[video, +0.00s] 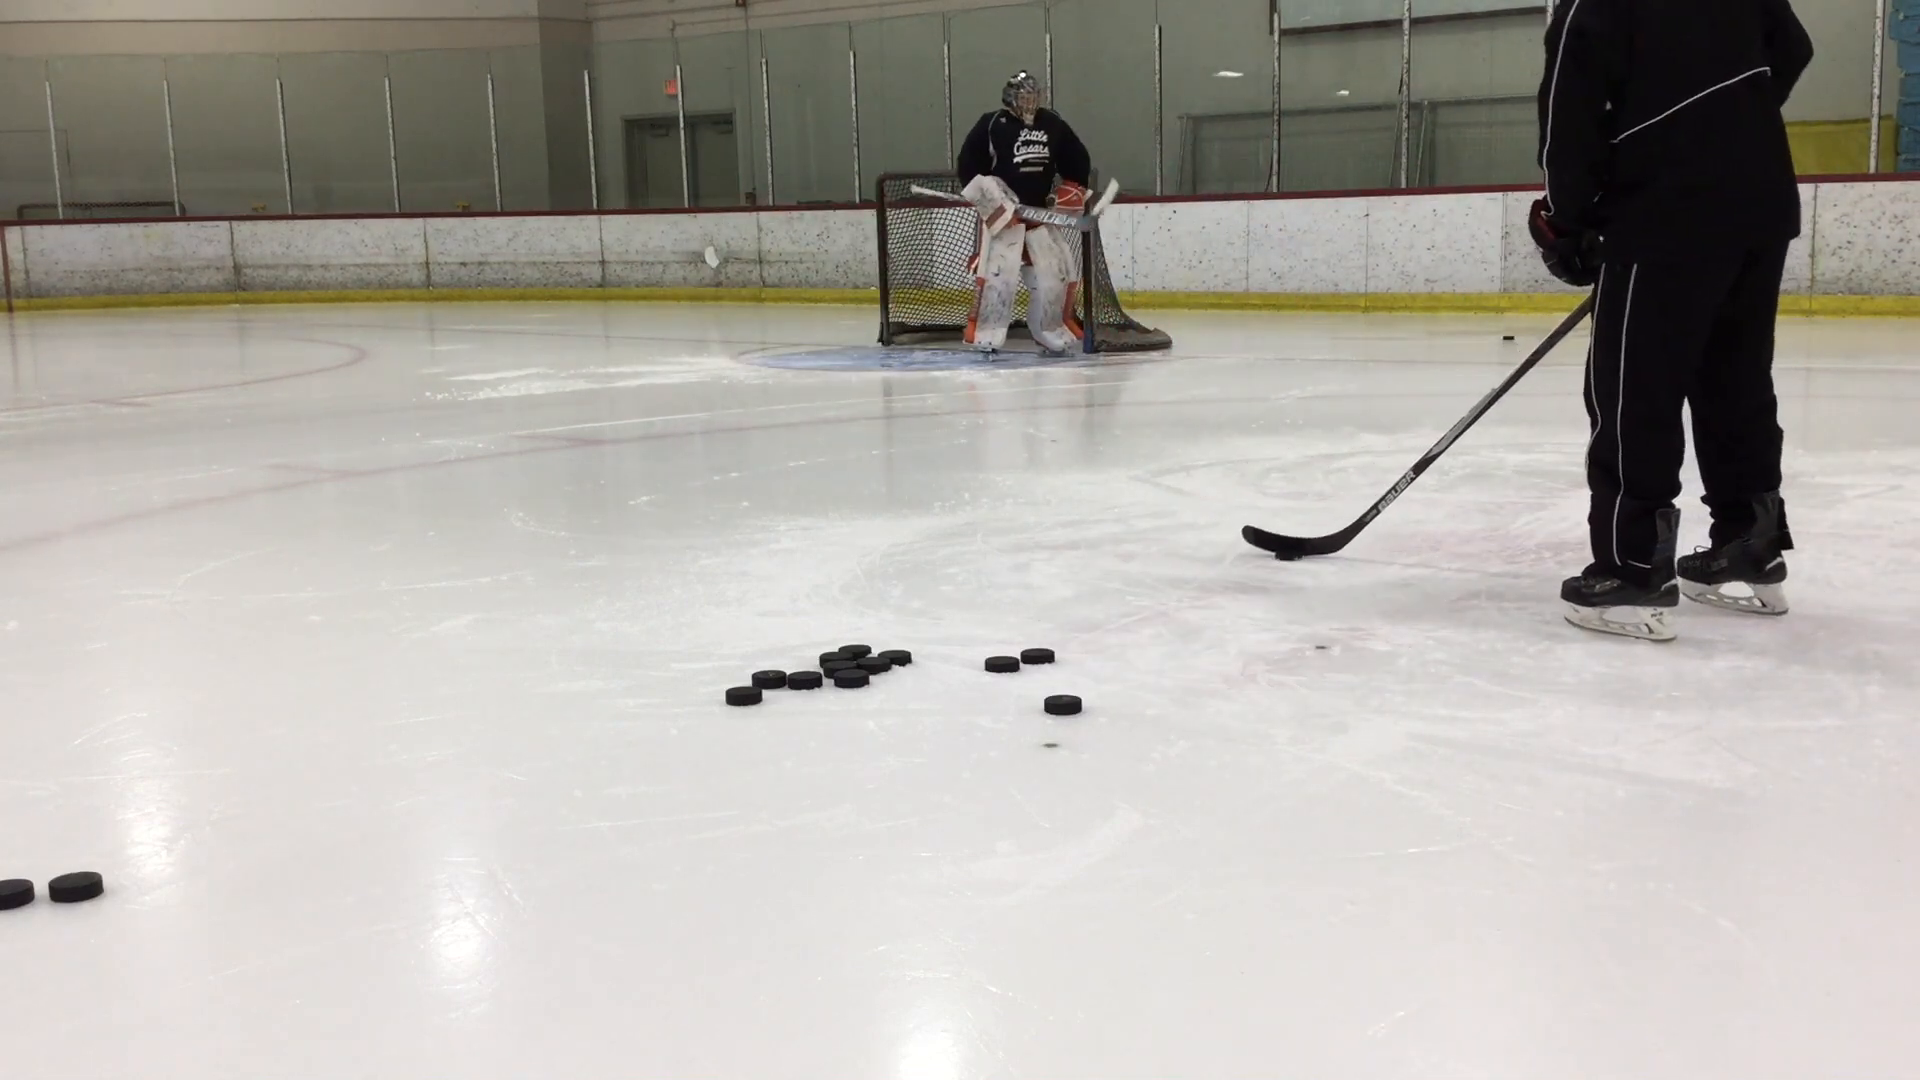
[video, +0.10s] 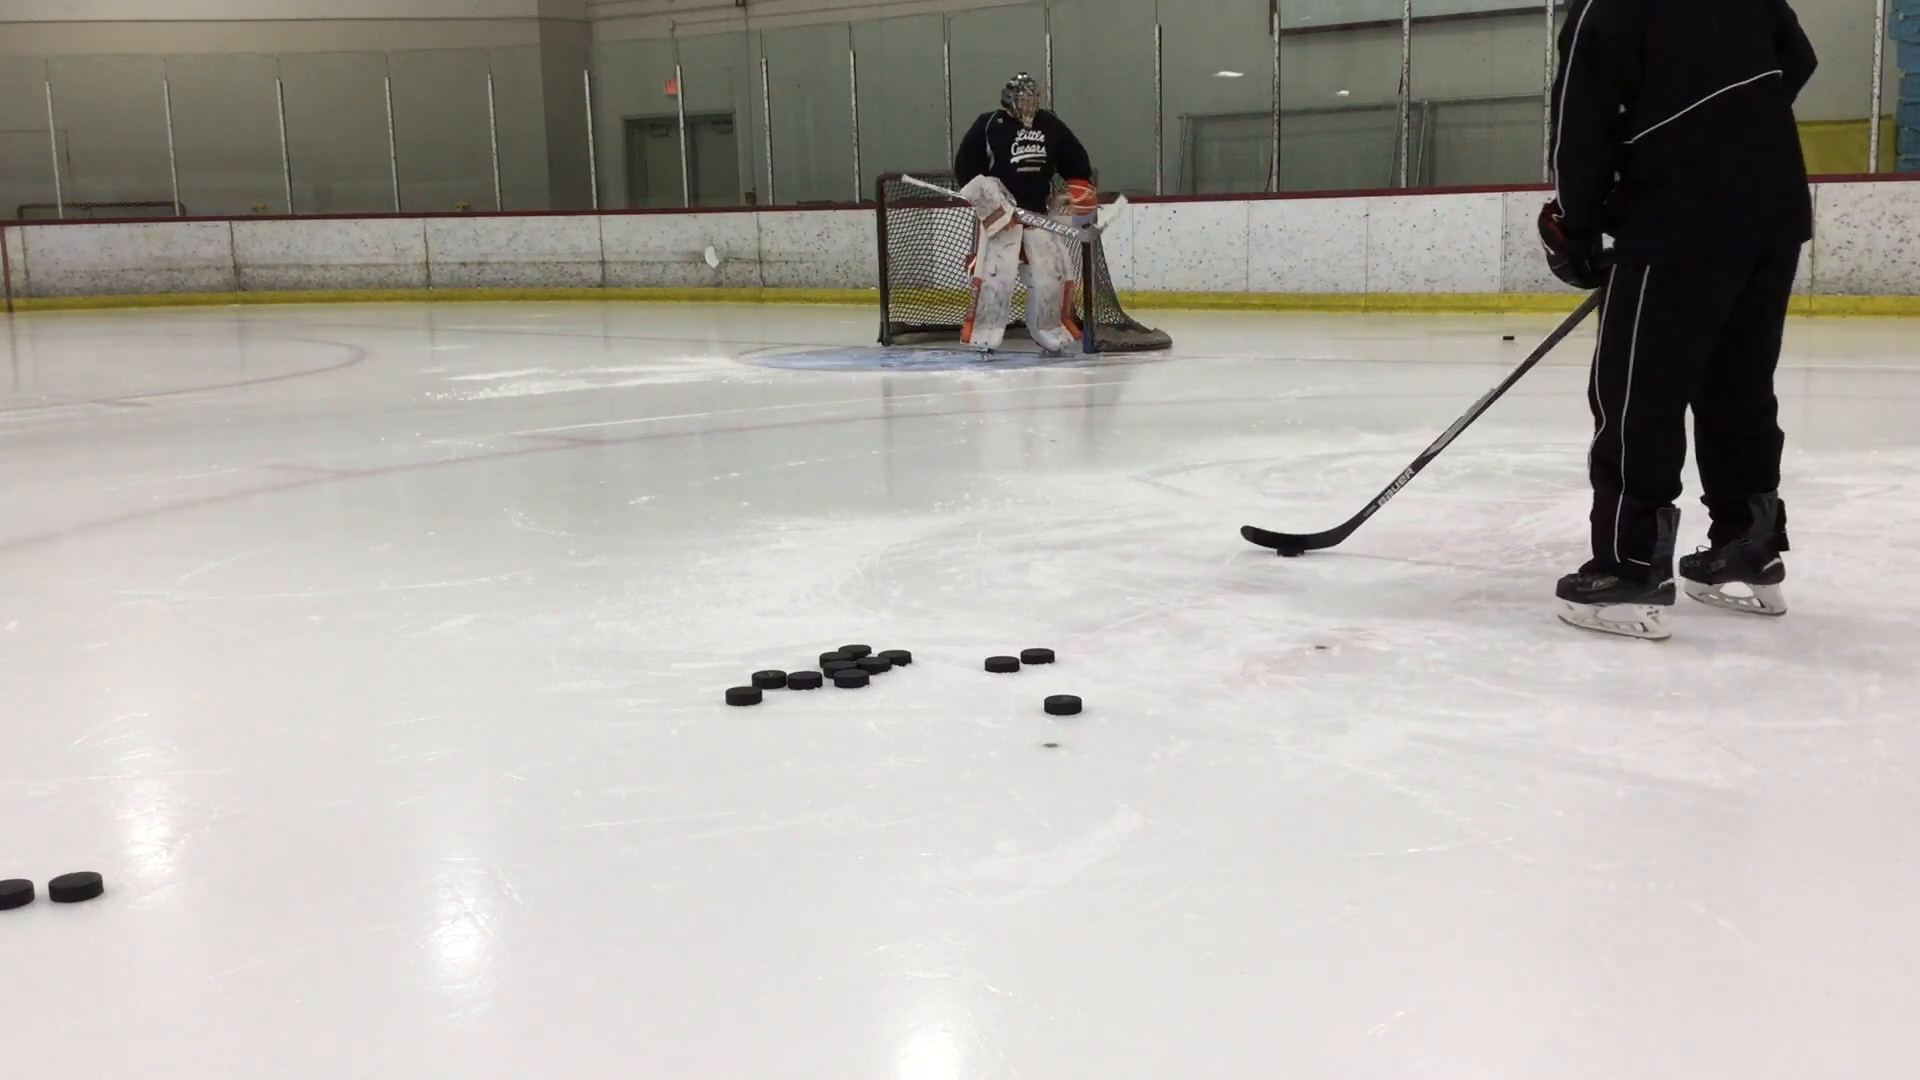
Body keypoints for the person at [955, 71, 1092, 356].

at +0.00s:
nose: (1029, 100)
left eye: (1033, 94)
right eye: (1023, 95)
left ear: (1039, 96)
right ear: (1010, 97)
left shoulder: (1052, 124)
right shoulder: (991, 125)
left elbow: (1078, 160)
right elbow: (968, 164)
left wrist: (1069, 197)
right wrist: (990, 201)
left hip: (1044, 215)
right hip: (1002, 215)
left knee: (1054, 276)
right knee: (999, 277)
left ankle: (1052, 337)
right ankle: (987, 340)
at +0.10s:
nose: (1029, 102)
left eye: (1033, 96)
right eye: (1023, 97)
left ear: (1039, 98)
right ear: (1009, 98)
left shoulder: (1050, 126)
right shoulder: (989, 125)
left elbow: (1076, 160)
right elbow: (966, 163)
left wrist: (1078, 196)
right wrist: (986, 200)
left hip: (1042, 213)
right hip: (999, 213)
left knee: (1050, 276)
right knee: (995, 276)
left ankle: (1051, 337)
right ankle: (984, 340)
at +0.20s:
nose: (1030, 105)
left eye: (1034, 99)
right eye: (1024, 99)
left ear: (1039, 101)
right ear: (1010, 100)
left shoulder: (1047, 127)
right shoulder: (988, 125)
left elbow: (1067, 166)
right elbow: (965, 166)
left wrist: (1080, 197)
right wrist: (989, 206)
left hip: (1038, 217)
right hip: (997, 216)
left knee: (1049, 277)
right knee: (992, 278)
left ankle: (1053, 338)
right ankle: (981, 341)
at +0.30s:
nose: (1033, 108)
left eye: (1037, 102)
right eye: (1027, 102)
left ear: (1041, 103)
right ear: (1013, 102)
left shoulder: (1048, 128)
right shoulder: (989, 125)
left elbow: (1057, 169)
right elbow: (966, 167)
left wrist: (1068, 202)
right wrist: (990, 205)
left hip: (1039, 216)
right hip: (998, 215)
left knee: (1049, 276)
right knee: (993, 278)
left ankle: (1053, 338)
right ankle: (983, 341)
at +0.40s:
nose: (1042, 109)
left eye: (1044, 103)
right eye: (1036, 104)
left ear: (1046, 104)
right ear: (1020, 103)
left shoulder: (1051, 131)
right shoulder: (994, 124)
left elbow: (1055, 170)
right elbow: (970, 166)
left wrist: (1060, 207)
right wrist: (995, 206)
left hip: (1039, 215)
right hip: (999, 215)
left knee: (1051, 276)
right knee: (994, 277)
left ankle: (1058, 340)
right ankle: (983, 341)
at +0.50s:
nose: (1049, 111)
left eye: (1051, 105)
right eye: (1044, 105)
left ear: (1052, 107)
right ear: (1028, 104)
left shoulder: (1054, 134)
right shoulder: (1000, 123)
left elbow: (1054, 172)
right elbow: (974, 166)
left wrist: (1062, 204)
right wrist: (998, 204)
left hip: (1040, 215)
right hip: (1001, 215)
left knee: (1053, 273)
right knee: (997, 275)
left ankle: (1060, 337)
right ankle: (986, 340)